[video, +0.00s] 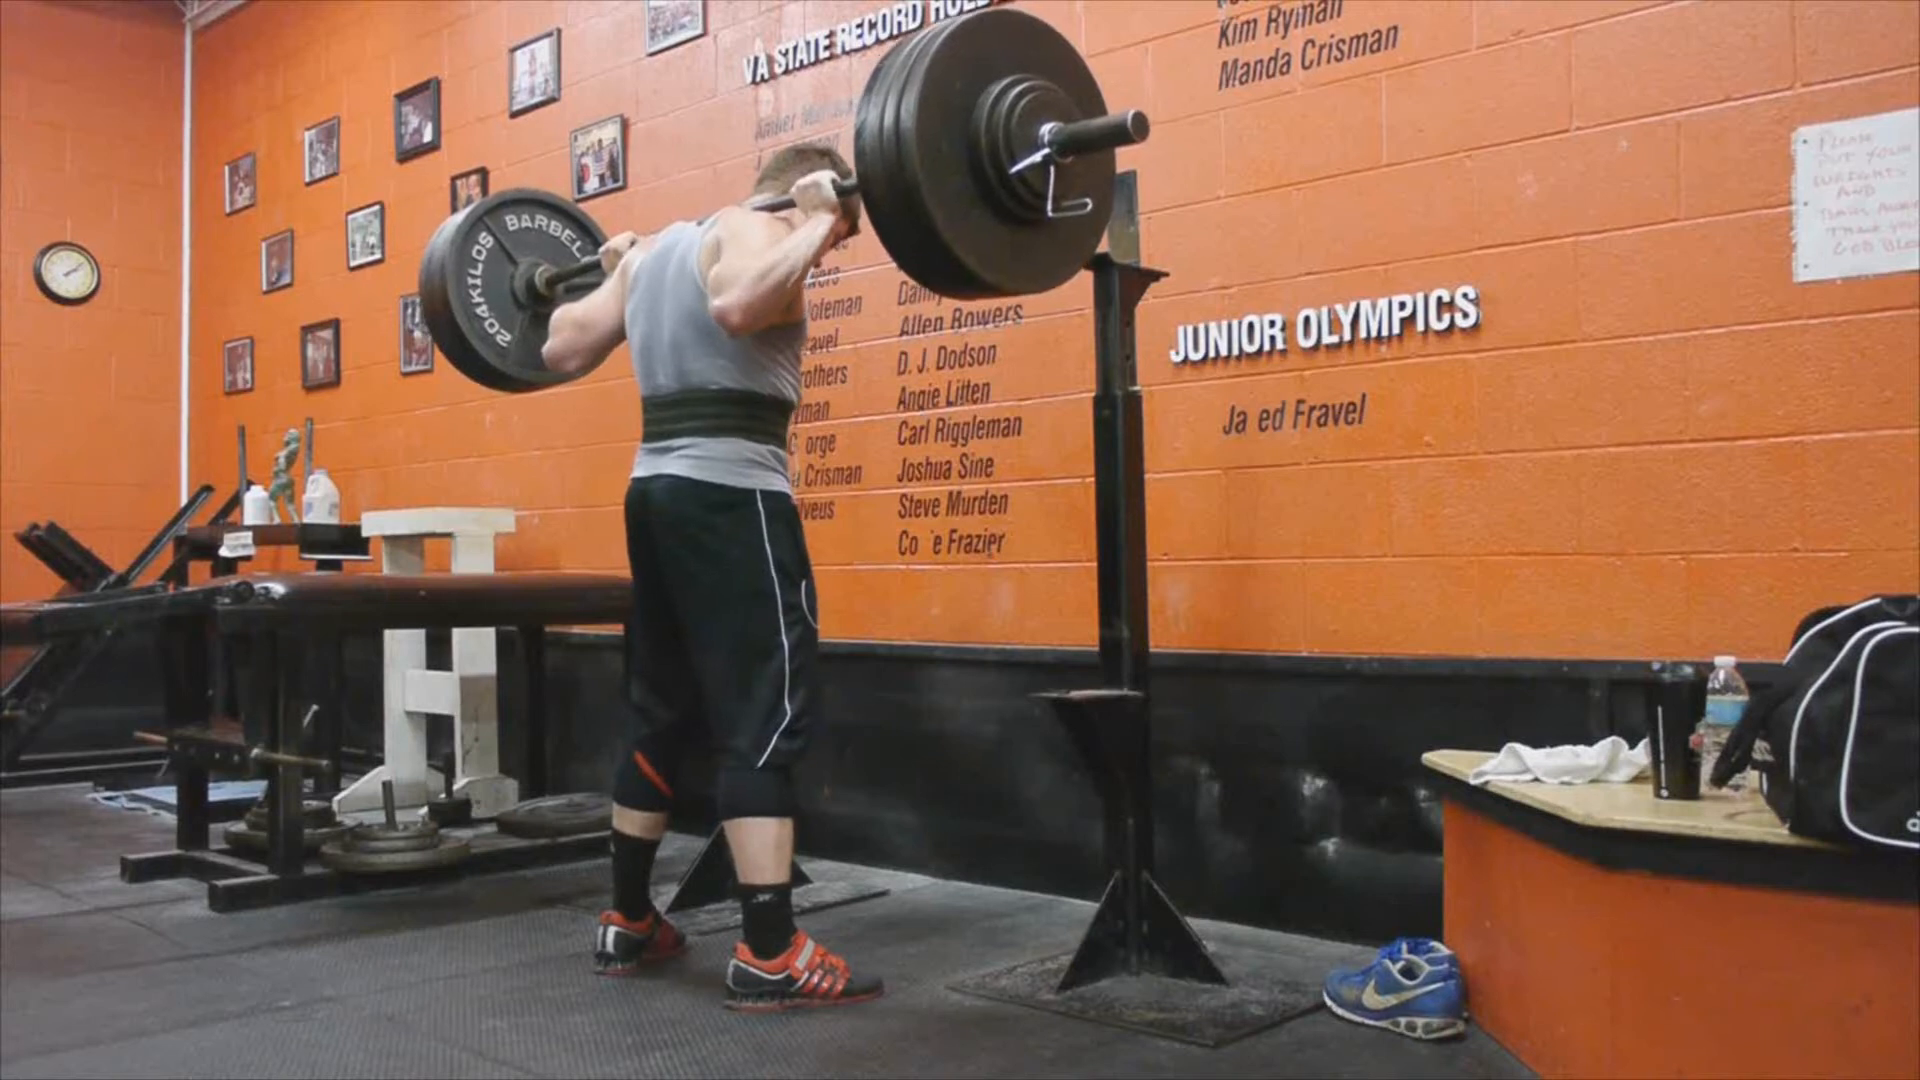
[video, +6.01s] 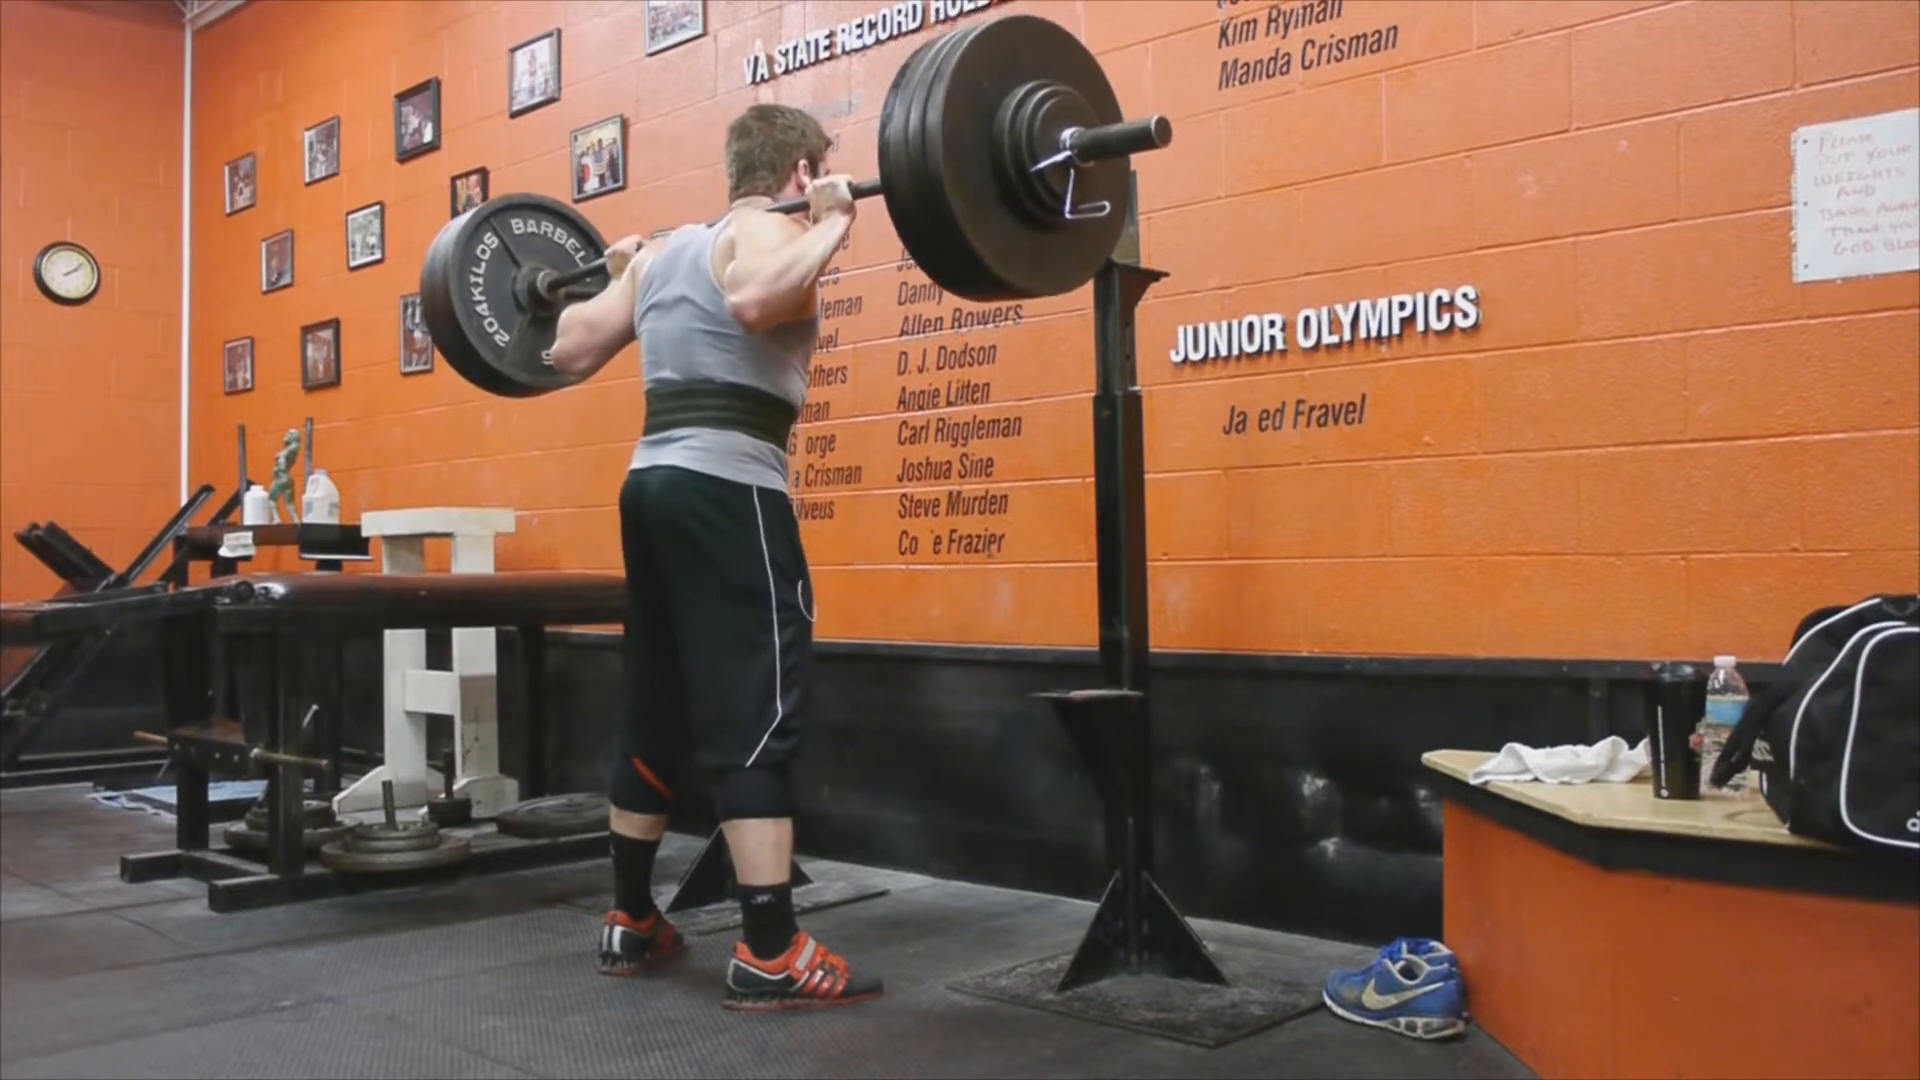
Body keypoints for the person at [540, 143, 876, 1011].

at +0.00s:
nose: (835, 246)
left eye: (843, 234)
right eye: (838, 228)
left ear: (759, 186)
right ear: (811, 200)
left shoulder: (657, 253)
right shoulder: (767, 228)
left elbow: (561, 346)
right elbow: (738, 304)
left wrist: (613, 273)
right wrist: (820, 226)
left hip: (657, 498)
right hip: (734, 500)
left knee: (665, 712)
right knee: (766, 716)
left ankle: (629, 920)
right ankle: (769, 948)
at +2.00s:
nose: (834, 240)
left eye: (842, 227)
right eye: (836, 222)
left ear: (760, 186)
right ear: (812, 198)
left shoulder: (654, 254)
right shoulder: (765, 228)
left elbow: (559, 340)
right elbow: (742, 302)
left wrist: (613, 271)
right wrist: (825, 231)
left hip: (656, 496)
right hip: (733, 498)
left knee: (665, 712)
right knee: (762, 715)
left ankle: (631, 920)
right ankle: (770, 947)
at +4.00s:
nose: (839, 241)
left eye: (847, 229)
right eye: (841, 224)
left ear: (761, 189)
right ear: (814, 200)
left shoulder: (661, 256)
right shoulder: (768, 233)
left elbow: (564, 348)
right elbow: (744, 308)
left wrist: (617, 278)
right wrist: (824, 230)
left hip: (657, 496)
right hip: (735, 498)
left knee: (662, 708)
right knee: (763, 714)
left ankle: (631, 921)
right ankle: (769, 947)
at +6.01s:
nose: (825, 191)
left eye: (825, 175)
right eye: (823, 175)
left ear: (736, 174)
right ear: (799, 170)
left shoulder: (664, 253)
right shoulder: (772, 226)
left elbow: (566, 350)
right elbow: (752, 300)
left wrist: (611, 274)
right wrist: (833, 226)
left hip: (652, 485)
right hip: (728, 486)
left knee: (658, 709)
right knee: (755, 714)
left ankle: (631, 920)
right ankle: (770, 947)